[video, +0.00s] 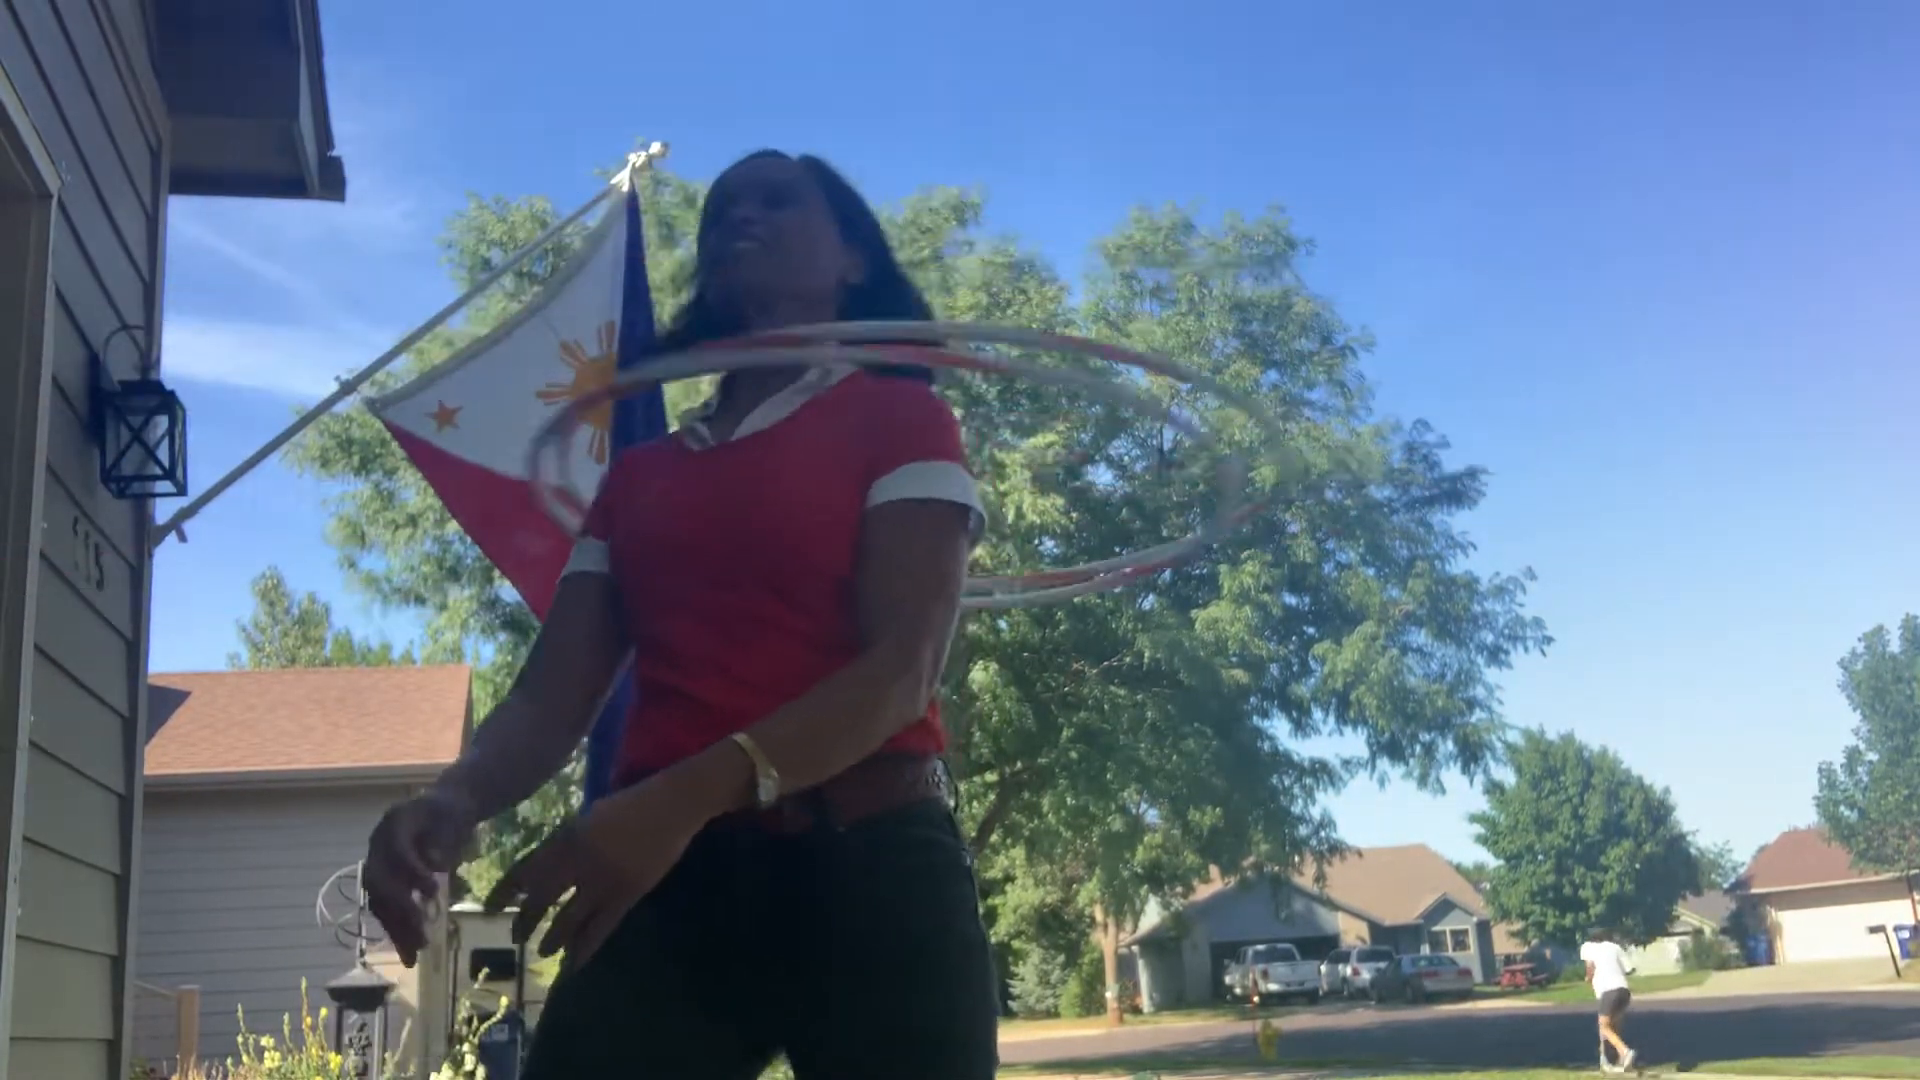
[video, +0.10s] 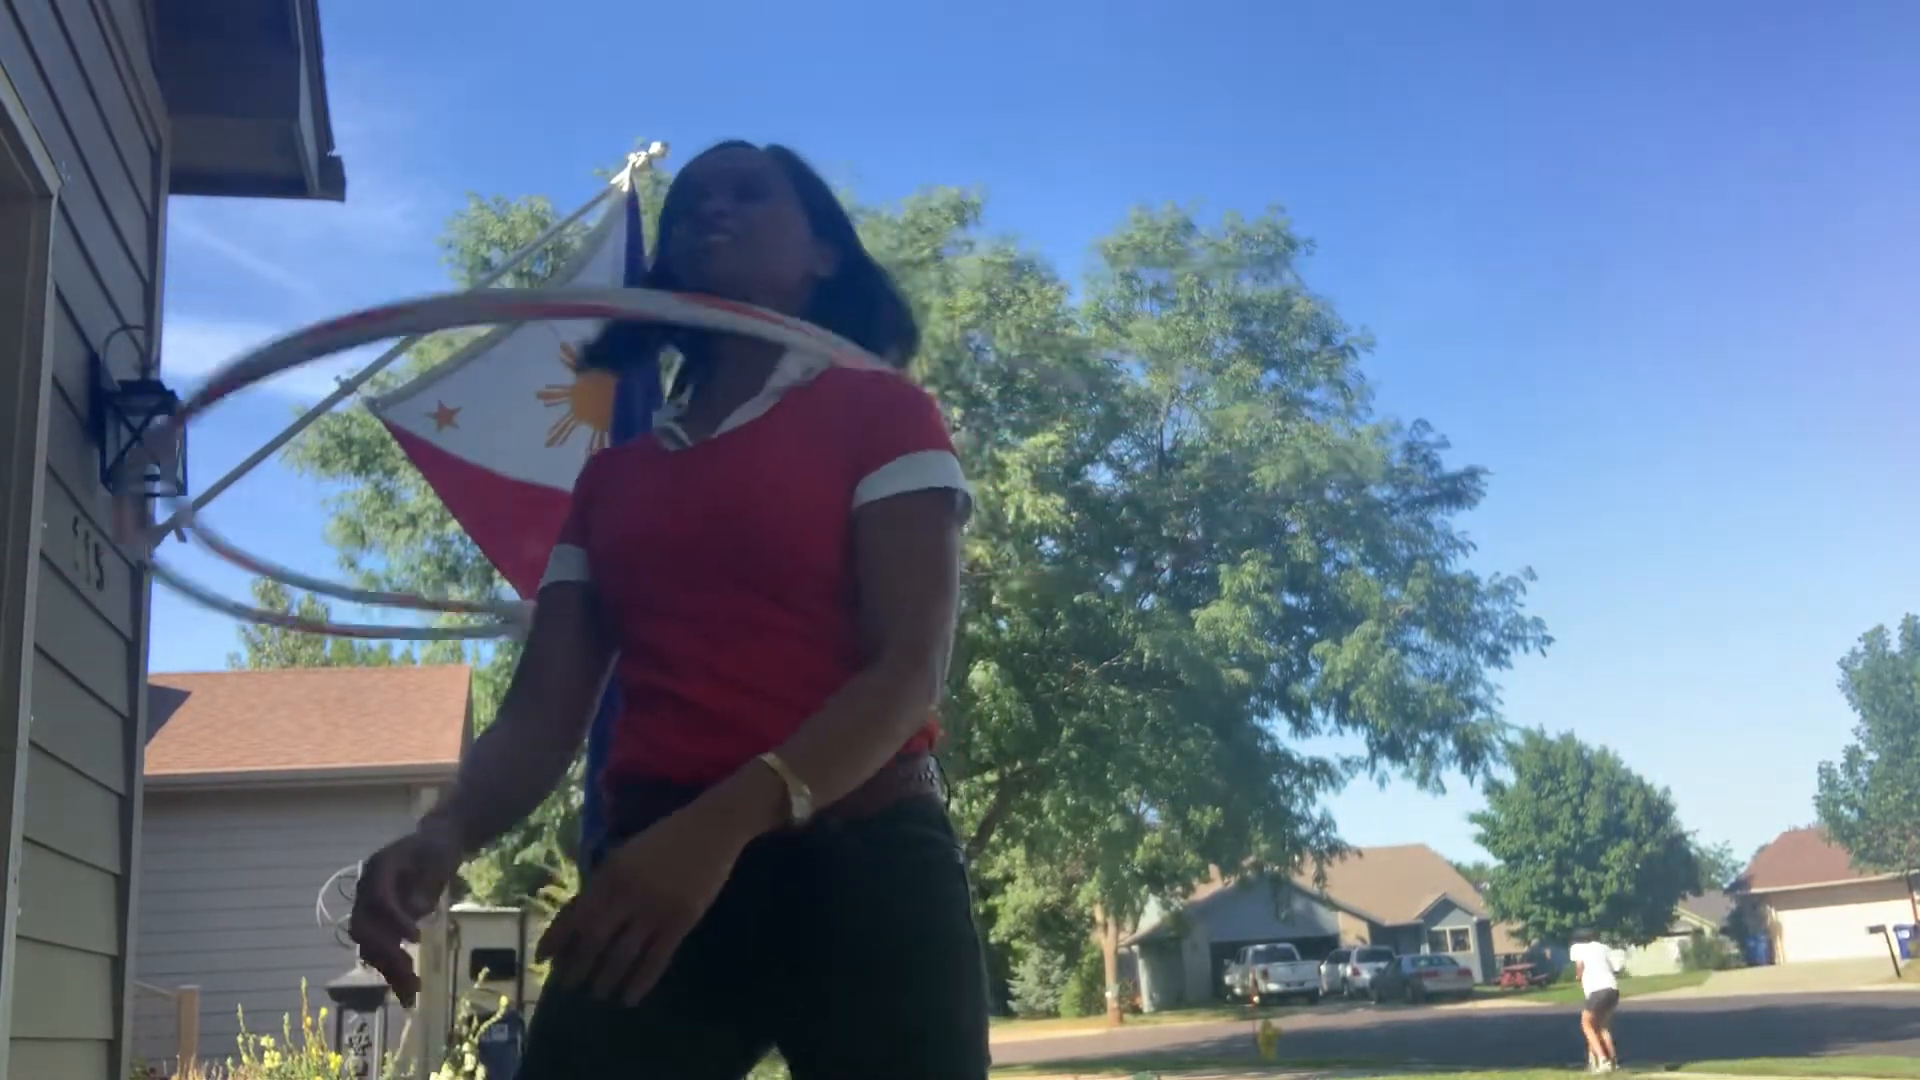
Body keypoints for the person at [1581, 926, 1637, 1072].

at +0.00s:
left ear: (1591, 937)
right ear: (1606, 937)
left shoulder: (1588, 946)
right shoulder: (1615, 946)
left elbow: (1590, 965)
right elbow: (1627, 968)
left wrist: (1589, 978)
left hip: (1608, 988)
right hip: (1624, 987)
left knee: (1604, 1026)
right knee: (1614, 1026)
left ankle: (1625, 1052)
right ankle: (1619, 1062)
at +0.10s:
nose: (1573, 944)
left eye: (1574, 942)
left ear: (1577, 939)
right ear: (1591, 937)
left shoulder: (1577, 947)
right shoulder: (1602, 947)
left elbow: (1580, 963)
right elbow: (1614, 967)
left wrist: (1578, 976)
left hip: (1597, 988)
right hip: (1613, 987)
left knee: (1587, 1023)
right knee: (1602, 1025)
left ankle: (1602, 1060)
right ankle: (1612, 1060)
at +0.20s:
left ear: (1569, 940)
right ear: (1583, 938)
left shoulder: (1566, 948)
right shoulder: (1593, 947)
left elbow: (1569, 962)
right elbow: (1606, 965)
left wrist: (1570, 974)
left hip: (1585, 988)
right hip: (1602, 988)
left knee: (1577, 1025)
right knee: (1594, 1024)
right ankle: (1600, 1060)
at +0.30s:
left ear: (1557, 944)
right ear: (1571, 941)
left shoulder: (1555, 951)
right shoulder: (1582, 948)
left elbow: (1558, 967)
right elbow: (1596, 966)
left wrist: (1562, 981)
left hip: (1574, 989)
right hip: (1591, 989)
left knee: (1566, 1026)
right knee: (1583, 1026)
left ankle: (1565, 1063)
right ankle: (1587, 1060)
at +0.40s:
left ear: (1550, 946)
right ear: (1563, 945)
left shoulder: (1548, 955)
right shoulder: (1572, 952)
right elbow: (1585, 969)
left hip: (1563, 993)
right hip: (1579, 993)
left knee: (1560, 1030)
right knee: (1573, 1030)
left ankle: (1564, 1063)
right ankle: (1578, 1061)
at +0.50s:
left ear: (1543, 947)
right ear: (1555, 945)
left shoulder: (1545, 957)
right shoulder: (1565, 956)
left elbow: (1531, 960)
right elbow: (1573, 971)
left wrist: (1531, 949)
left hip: (1552, 995)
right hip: (1567, 994)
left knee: (1553, 1032)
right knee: (1555, 1030)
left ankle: (1565, 1064)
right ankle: (1557, 1060)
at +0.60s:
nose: (1524, 951)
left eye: (1524, 948)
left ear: (1526, 946)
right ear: (1539, 944)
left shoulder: (1527, 956)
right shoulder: (1549, 953)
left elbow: (1521, 967)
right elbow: (1562, 971)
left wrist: (1505, 969)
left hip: (1540, 993)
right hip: (1556, 993)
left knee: (1547, 1029)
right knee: (1546, 1025)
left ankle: (1560, 1059)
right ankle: (1552, 1058)